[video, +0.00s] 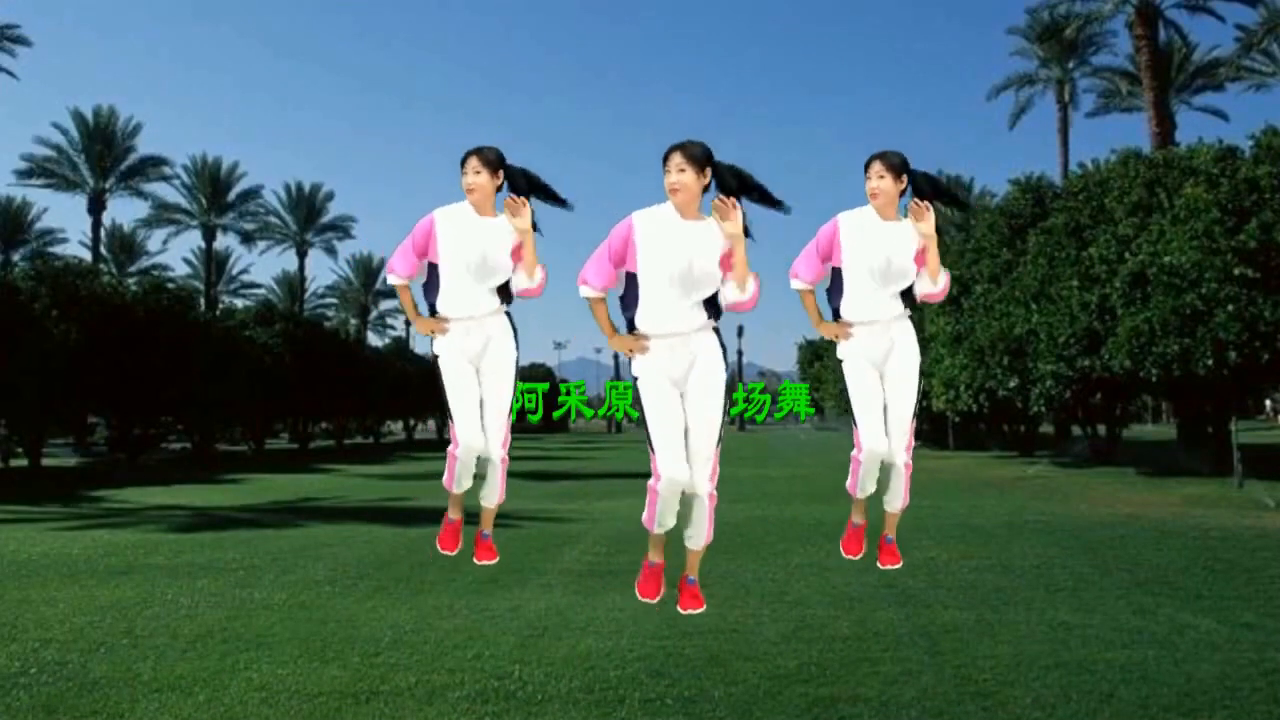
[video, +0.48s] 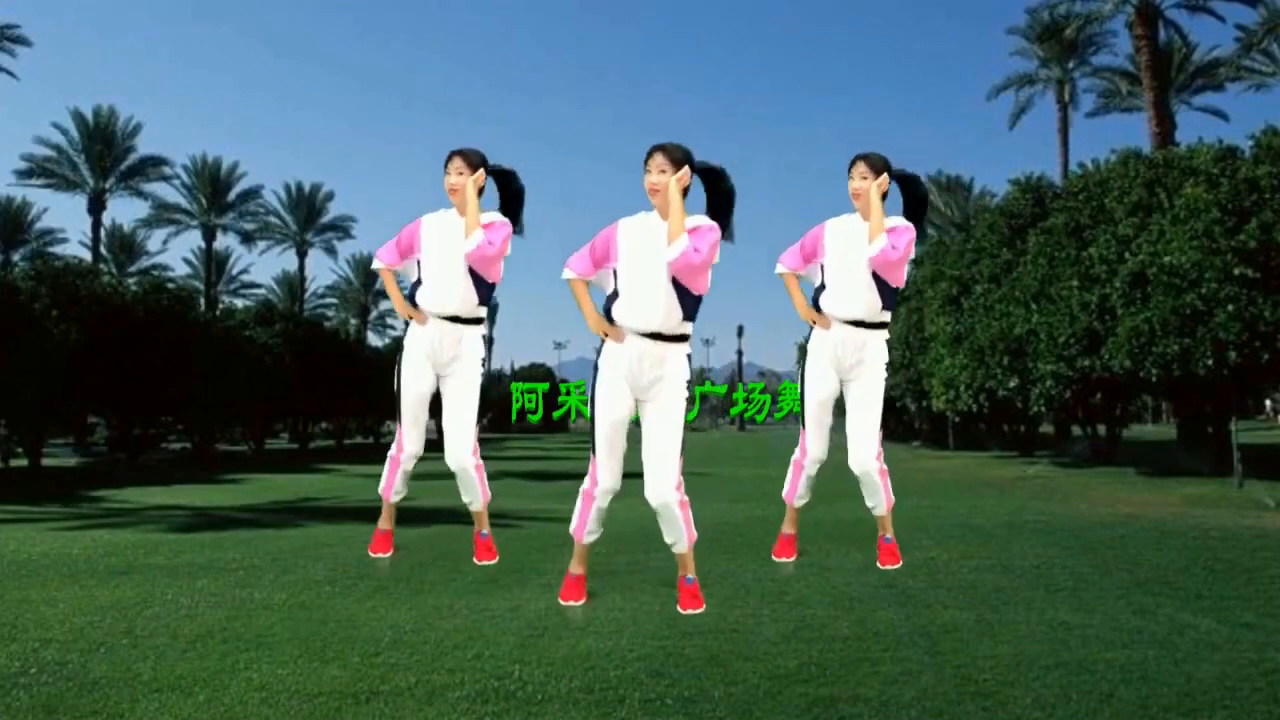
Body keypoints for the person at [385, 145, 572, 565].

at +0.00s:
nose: (469, 179)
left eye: (478, 172)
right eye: (465, 172)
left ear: (498, 179)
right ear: (460, 179)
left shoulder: (512, 227)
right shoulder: (439, 221)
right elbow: (398, 270)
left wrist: (527, 232)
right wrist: (416, 318)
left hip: (496, 332)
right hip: (452, 333)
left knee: (496, 439)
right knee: (469, 440)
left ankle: (485, 533)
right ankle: (454, 514)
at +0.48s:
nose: (452, 180)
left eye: (460, 173)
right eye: (448, 173)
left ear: (479, 180)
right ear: (443, 180)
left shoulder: (497, 226)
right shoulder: (426, 225)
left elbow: (483, 261)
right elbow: (384, 261)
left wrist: (471, 206)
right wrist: (403, 306)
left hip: (468, 340)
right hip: (423, 334)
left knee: (461, 453)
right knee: (410, 441)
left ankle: (483, 529)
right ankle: (386, 523)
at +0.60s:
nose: (448, 159)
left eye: (457, 152)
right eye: (445, 152)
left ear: (477, 160)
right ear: (443, 160)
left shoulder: (498, 204)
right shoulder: (427, 206)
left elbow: (500, 239)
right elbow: (388, 241)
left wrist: (485, 183)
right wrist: (402, 287)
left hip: (469, 320)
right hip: (424, 316)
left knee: (468, 432)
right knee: (404, 422)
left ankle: (484, 527)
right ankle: (384, 519)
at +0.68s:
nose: (449, 140)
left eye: (458, 134)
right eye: (447, 133)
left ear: (479, 142)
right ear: (446, 142)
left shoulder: (496, 187)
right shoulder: (426, 187)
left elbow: (512, 217)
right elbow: (386, 223)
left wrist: (494, 162)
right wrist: (402, 267)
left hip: (471, 300)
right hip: (426, 296)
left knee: (476, 415)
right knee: (409, 408)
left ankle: (486, 522)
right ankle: (391, 497)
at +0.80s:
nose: (455, 138)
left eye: (465, 133)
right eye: (453, 132)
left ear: (486, 143)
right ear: (449, 140)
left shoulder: (497, 186)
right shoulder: (427, 183)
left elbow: (508, 224)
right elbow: (386, 223)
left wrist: (498, 166)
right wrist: (403, 272)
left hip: (476, 293)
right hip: (432, 292)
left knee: (477, 411)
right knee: (428, 410)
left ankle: (479, 521)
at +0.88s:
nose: (458, 155)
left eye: (468, 149)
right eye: (456, 148)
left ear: (488, 161)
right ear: (450, 156)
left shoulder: (497, 203)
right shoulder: (425, 199)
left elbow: (504, 243)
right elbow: (386, 241)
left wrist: (498, 182)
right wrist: (404, 291)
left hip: (478, 307)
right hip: (434, 308)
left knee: (479, 420)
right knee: (442, 416)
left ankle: (477, 526)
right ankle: (453, 430)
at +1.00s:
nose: (461, 180)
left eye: (470, 175)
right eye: (458, 174)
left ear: (488, 187)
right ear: (451, 182)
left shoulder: (496, 233)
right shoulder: (425, 224)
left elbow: (500, 265)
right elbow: (384, 269)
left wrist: (500, 215)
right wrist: (401, 318)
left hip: (480, 336)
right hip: (435, 336)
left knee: (480, 438)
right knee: (451, 436)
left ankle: (475, 529)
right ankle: (455, 454)